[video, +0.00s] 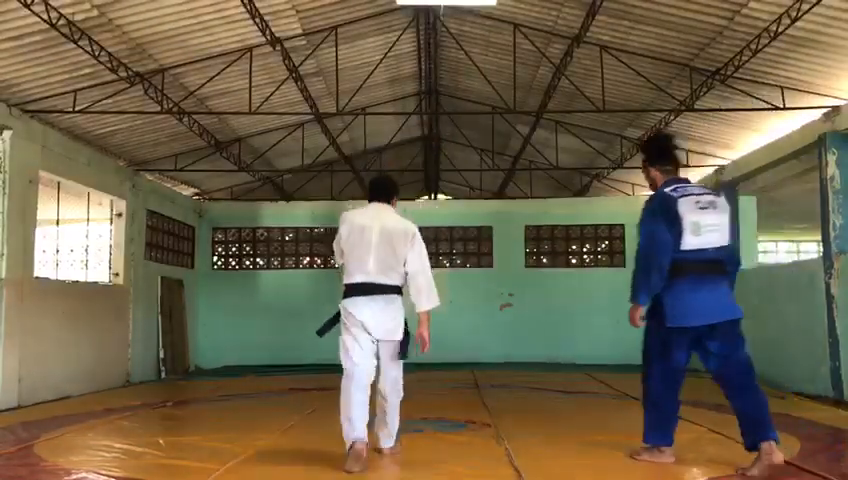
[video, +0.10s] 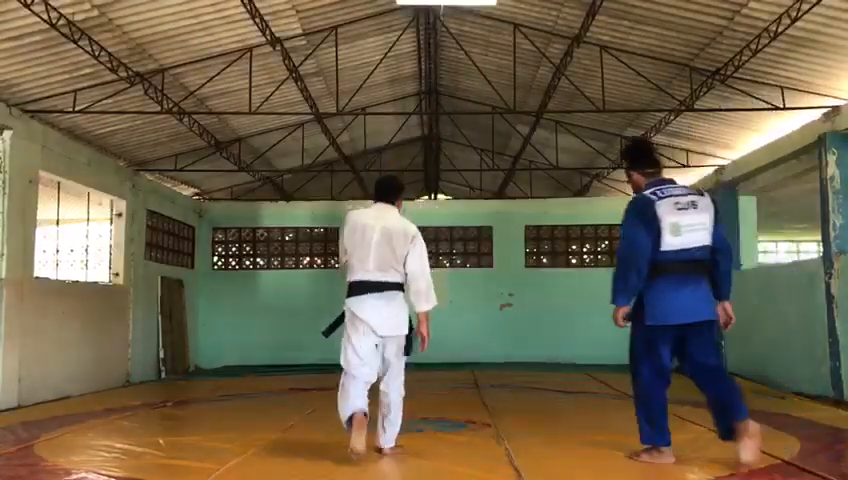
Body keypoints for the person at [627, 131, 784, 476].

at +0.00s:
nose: (646, 179)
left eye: (645, 173)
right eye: (646, 173)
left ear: (653, 171)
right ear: (678, 167)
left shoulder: (660, 202)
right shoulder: (713, 197)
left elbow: (656, 250)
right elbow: (730, 251)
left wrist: (640, 298)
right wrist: (722, 289)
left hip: (676, 303)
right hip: (718, 301)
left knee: (662, 372)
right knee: (737, 372)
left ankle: (659, 445)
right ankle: (768, 446)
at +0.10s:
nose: (630, 182)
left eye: (629, 176)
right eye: (629, 176)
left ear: (635, 175)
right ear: (659, 168)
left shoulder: (643, 204)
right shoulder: (700, 197)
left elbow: (635, 254)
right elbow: (721, 248)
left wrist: (624, 299)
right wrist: (723, 296)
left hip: (659, 302)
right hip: (701, 299)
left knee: (649, 374)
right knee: (706, 366)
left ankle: (659, 447)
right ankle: (743, 425)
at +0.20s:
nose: (620, 182)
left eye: (619, 176)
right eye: (620, 176)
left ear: (623, 175)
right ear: (650, 168)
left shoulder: (628, 202)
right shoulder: (687, 195)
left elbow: (615, 250)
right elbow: (710, 242)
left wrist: (606, 291)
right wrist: (717, 290)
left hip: (648, 299)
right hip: (685, 296)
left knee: (645, 369)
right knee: (684, 361)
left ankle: (659, 446)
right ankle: (705, 413)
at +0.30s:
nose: (610, 180)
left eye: (609, 175)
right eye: (612, 175)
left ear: (614, 174)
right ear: (640, 168)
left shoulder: (616, 202)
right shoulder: (676, 196)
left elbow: (600, 247)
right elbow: (697, 243)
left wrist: (593, 286)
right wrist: (707, 288)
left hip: (639, 299)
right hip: (675, 295)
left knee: (641, 367)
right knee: (667, 362)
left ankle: (660, 445)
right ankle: (670, 424)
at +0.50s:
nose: (595, 192)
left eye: (594, 186)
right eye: (595, 187)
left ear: (600, 186)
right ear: (626, 182)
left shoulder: (598, 213)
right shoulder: (657, 210)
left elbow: (579, 256)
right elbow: (671, 258)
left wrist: (571, 291)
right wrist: (672, 302)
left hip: (619, 302)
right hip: (653, 300)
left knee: (626, 369)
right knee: (642, 366)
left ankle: (660, 439)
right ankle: (625, 429)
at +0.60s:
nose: (590, 192)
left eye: (590, 187)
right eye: (590, 187)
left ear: (595, 186)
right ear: (619, 183)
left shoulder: (592, 214)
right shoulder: (649, 214)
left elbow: (577, 260)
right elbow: (660, 263)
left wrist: (566, 299)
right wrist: (657, 305)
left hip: (610, 301)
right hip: (644, 300)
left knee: (600, 362)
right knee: (634, 364)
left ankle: (635, 416)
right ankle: (626, 428)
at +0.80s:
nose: (571, 190)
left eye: (572, 184)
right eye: (571, 184)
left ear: (581, 182)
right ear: (601, 181)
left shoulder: (580, 212)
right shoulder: (629, 213)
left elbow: (570, 258)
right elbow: (639, 260)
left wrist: (558, 299)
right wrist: (631, 295)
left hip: (585, 296)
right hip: (619, 295)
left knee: (566, 347)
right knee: (622, 361)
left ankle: (591, 413)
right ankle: (625, 428)